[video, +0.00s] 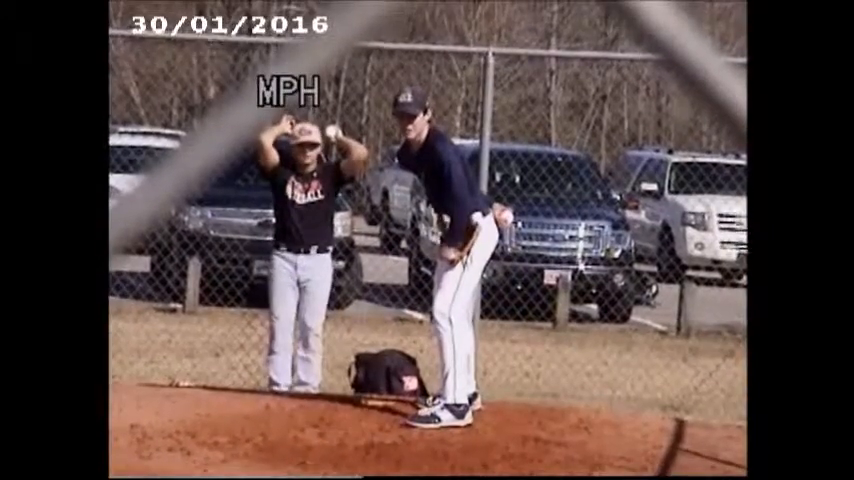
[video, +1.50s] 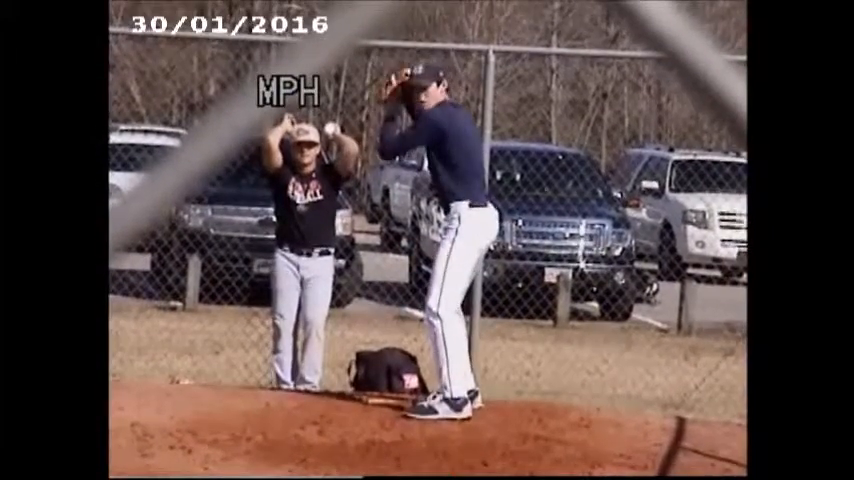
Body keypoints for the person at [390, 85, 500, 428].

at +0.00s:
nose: (407, 124)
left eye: (413, 117)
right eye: (402, 118)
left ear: (428, 116)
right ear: (396, 119)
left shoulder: (441, 149)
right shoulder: (409, 151)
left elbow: (461, 200)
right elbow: (442, 186)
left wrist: (455, 243)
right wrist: (488, 207)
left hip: (475, 225)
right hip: (457, 225)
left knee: (445, 312)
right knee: (456, 313)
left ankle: (456, 401)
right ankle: (465, 391)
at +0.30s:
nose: (401, 120)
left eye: (406, 113)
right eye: (395, 114)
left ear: (421, 112)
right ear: (390, 117)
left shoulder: (435, 143)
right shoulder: (408, 148)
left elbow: (462, 189)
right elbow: (438, 181)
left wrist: (454, 230)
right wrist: (489, 204)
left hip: (475, 222)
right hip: (456, 222)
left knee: (444, 309)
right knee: (457, 311)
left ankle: (455, 399)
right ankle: (464, 389)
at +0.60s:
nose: (395, 121)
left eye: (400, 114)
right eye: (392, 116)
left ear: (418, 110)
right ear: (392, 118)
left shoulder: (427, 140)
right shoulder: (420, 143)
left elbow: (446, 191)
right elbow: (445, 194)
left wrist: (422, 226)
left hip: (479, 226)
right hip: (464, 228)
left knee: (445, 311)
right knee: (431, 311)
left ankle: (457, 400)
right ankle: (461, 388)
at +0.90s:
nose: (414, 109)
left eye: (419, 102)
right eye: (412, 104)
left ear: (438, 100)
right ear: (436, 103)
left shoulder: (432, 130)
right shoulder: (453, 127)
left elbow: (422, 185)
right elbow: (434, 183)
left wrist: (388, 186)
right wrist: (392, 181)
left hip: (474, 221)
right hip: (485, 219)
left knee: (442, 306)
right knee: (432, 308)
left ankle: (457, 391)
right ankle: (458, 388)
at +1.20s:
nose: (424, 94)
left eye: (429, 88)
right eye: (421, 89)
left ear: (447, 87)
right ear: (425, 89)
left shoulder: (435, 116)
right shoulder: (456, 116)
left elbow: (396, 154)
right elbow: (418, 134)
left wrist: (382, 117)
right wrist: (401, 106)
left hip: (467, 216)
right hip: (480, 214)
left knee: (438, 305)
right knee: (441, 304)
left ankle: (455, 393)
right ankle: (462, 388)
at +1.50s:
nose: (416, 97)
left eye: (421, 90)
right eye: (414, 91)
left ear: (442, 87)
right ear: (439, 90)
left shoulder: (437, 119)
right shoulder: (455, 114)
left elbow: (389, 148)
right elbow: (423, 119)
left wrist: (391, 107)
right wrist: (405, 100)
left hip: (466, 217)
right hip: (479, 214)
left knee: (439, 307)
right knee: (447, 306)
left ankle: (454, 394)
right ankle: (464, 388)